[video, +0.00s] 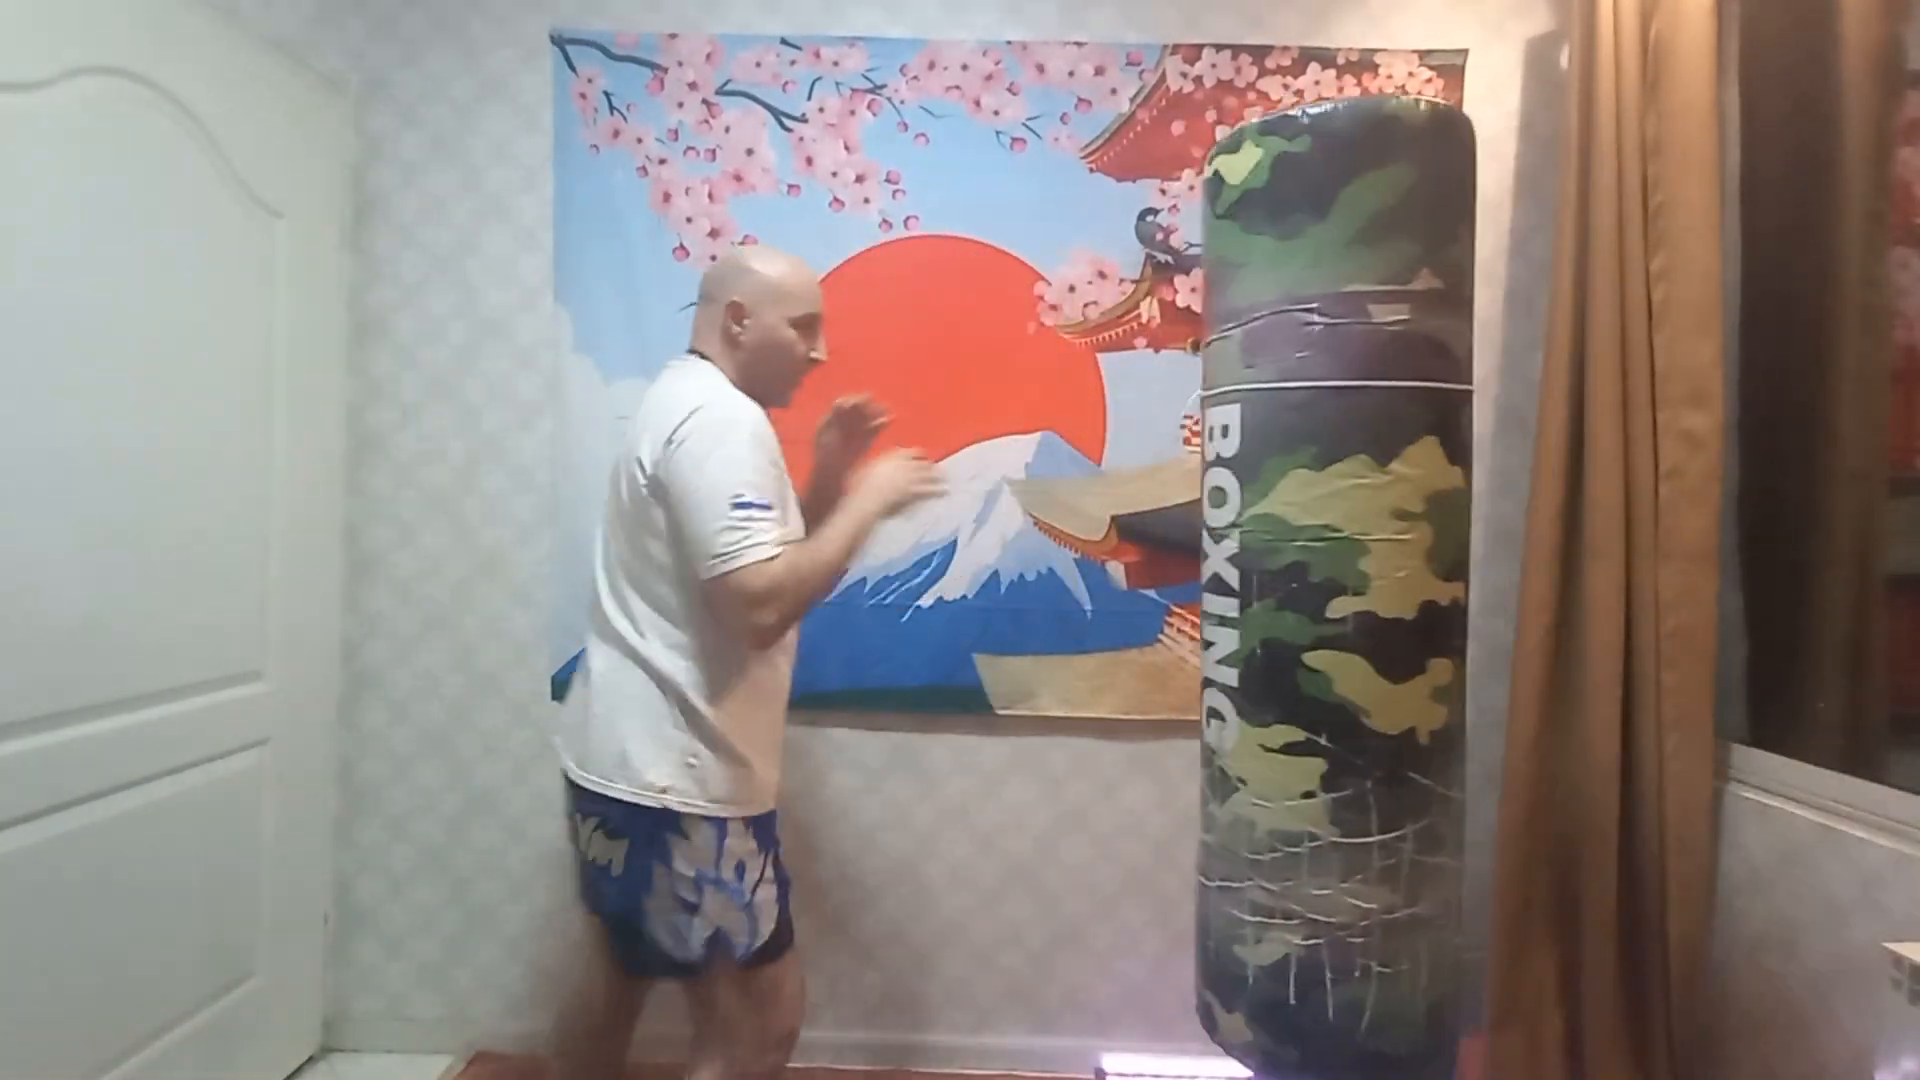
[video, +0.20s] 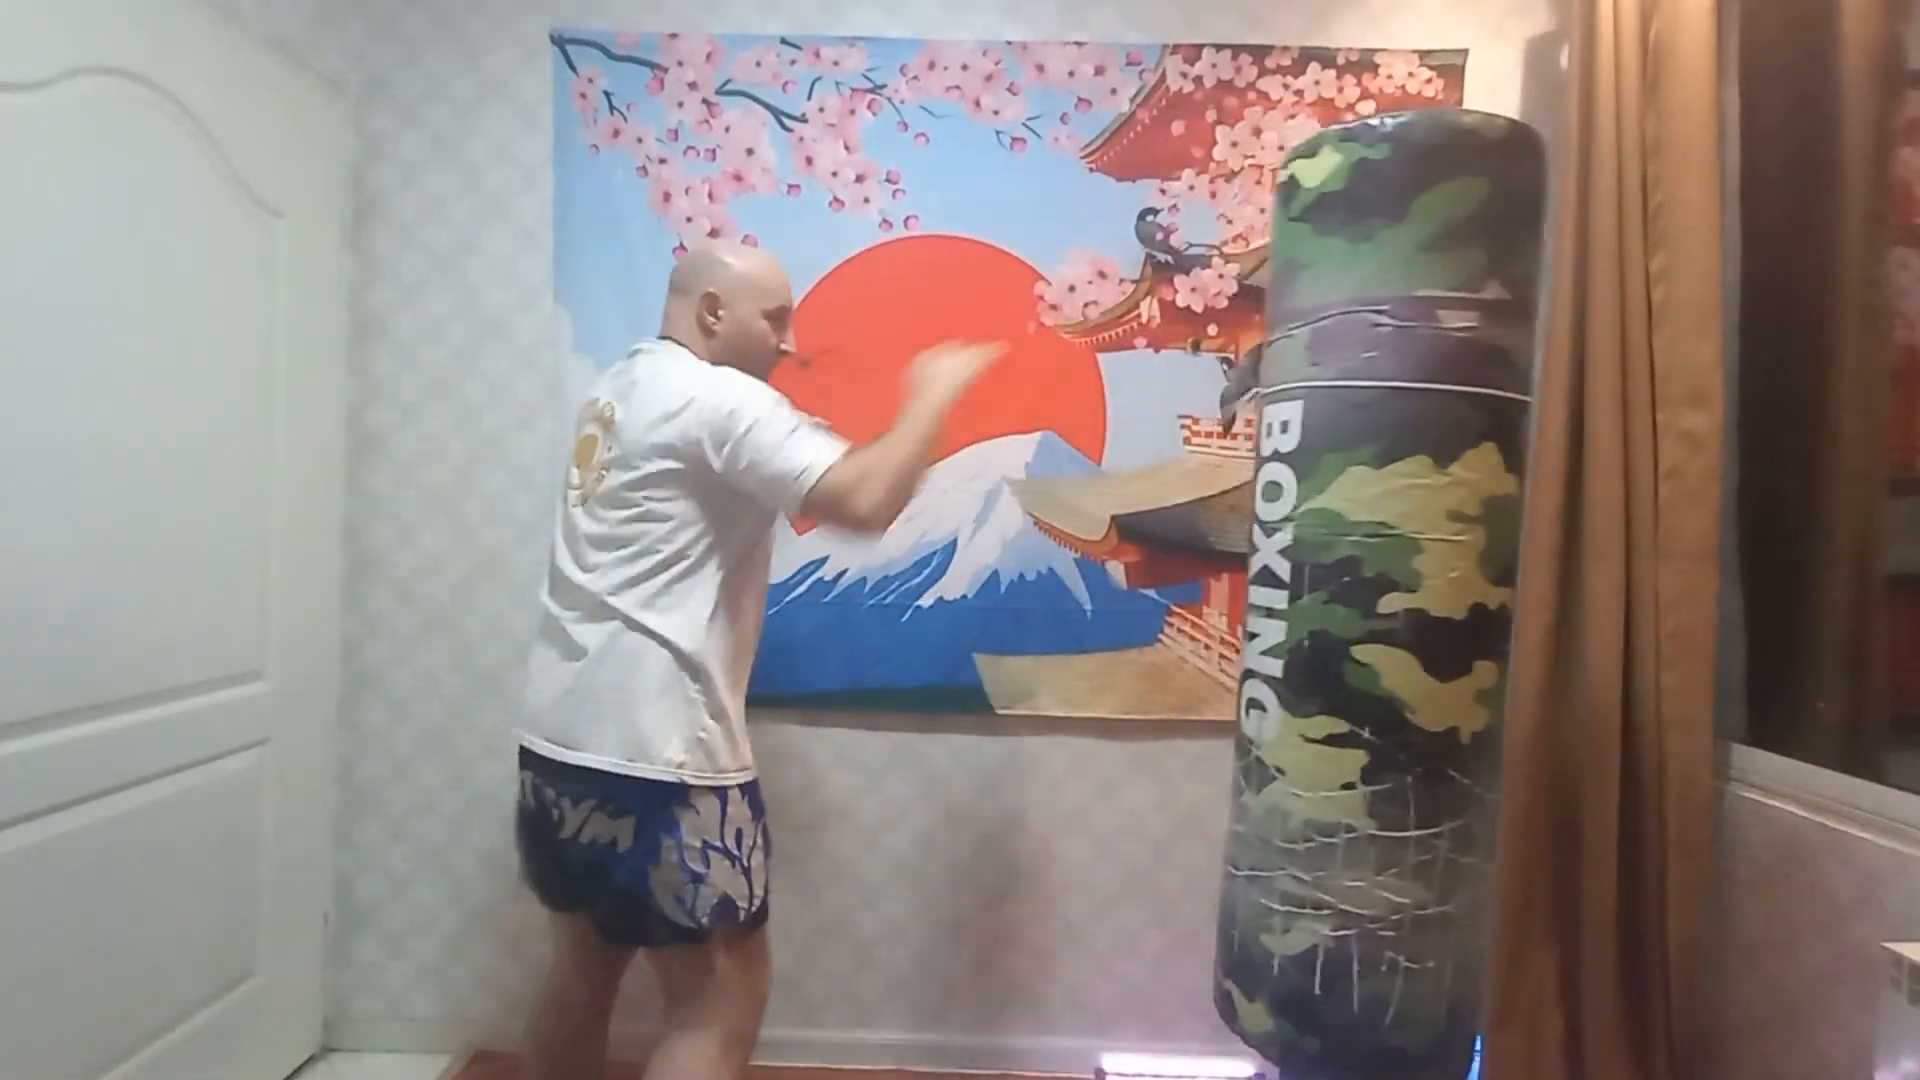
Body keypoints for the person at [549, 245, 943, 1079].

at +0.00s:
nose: (819, 350)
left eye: (818, 329)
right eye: (805, 327)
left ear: (731, 324)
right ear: (738, 321)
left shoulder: (674, 401)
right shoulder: (720, 421)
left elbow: (769, 568)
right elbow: (760, 604)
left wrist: (825, 481)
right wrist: (872, 501)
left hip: (620, 765)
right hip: (689, 786)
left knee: (612, 996)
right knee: (756, 1028)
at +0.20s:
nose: (789, 341)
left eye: (788, 320)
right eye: (774, 319)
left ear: (698, 317)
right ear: (710, 315)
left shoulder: (617, 385)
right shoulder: (718, 401)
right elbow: (863, 496)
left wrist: (770, 412)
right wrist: (931, 392)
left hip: (561, 741)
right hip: (668, 760)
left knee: (581, 973)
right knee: (717, 1004)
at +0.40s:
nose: (782, 332)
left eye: (781, 310)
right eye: (767, 310)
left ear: (690, 310)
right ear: (698, 307)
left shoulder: (631, 379)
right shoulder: (704, 402)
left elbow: (679, 488)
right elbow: (820, 521)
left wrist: (798, 457)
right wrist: (945, 422)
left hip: (566, 754)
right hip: (660, 774)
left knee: (581, 981)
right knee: (730, 1027)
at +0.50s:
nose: (783, 329)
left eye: (782, 308)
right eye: (767, 306)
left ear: (692, 308)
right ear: (694, 304)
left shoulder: (683, 409)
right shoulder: (654, 408)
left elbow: (792, 541)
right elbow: (632, 603)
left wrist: (831, 432)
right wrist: (835, 532)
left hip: (618, 792)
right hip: (673, 803)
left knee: (596, 1014)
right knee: (758, 1055)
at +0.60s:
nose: (774, 326)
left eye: (774, 304)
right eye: (757, 300)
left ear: (688, 301)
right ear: (680, 299)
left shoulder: (761, 422)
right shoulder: (589, 419)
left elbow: (885, 468)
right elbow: (507, 625)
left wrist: (873, 344)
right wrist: (730, 616)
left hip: (750, 796)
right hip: (670, 813)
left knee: (676, 1019)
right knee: (767, 1031)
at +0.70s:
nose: (760, 313)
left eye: (759, 291)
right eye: (737, 287)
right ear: (654, 286)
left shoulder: (769, 423)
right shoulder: (535, 420)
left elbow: (903, 482)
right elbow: (443, 628)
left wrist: (947, 351)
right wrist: (662, 600)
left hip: (833, 790)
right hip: (698, 846)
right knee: (787, 1060)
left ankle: (715, 1022)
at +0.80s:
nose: (752, 316)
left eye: (750, 292)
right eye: (729, 287)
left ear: (653, 287)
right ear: (641, 282)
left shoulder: (762, 433)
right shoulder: (512, 422)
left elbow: (866, 559)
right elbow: (441, 636)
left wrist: (982, 476)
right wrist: (667, 577)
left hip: (851, 742)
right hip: (706, 853)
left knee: (1061, 845)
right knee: (789, 1059)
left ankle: (936, 905)